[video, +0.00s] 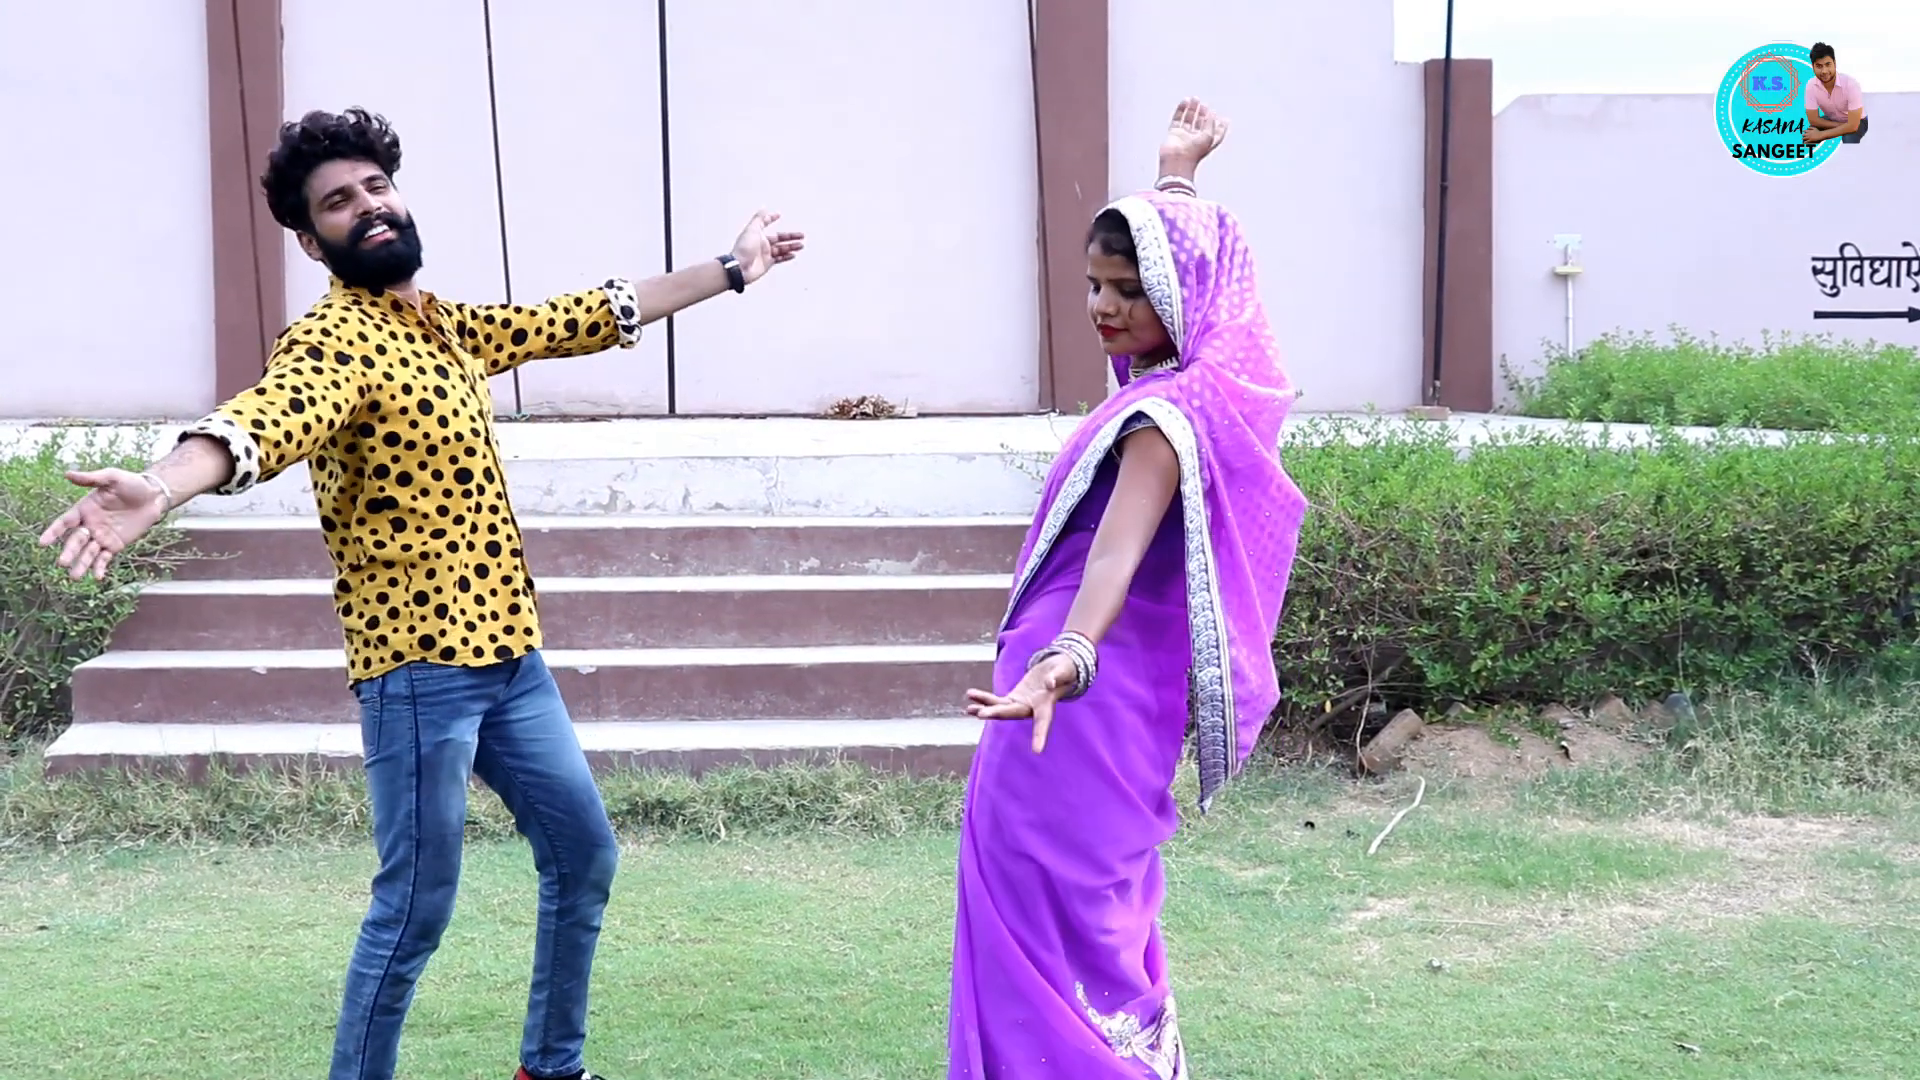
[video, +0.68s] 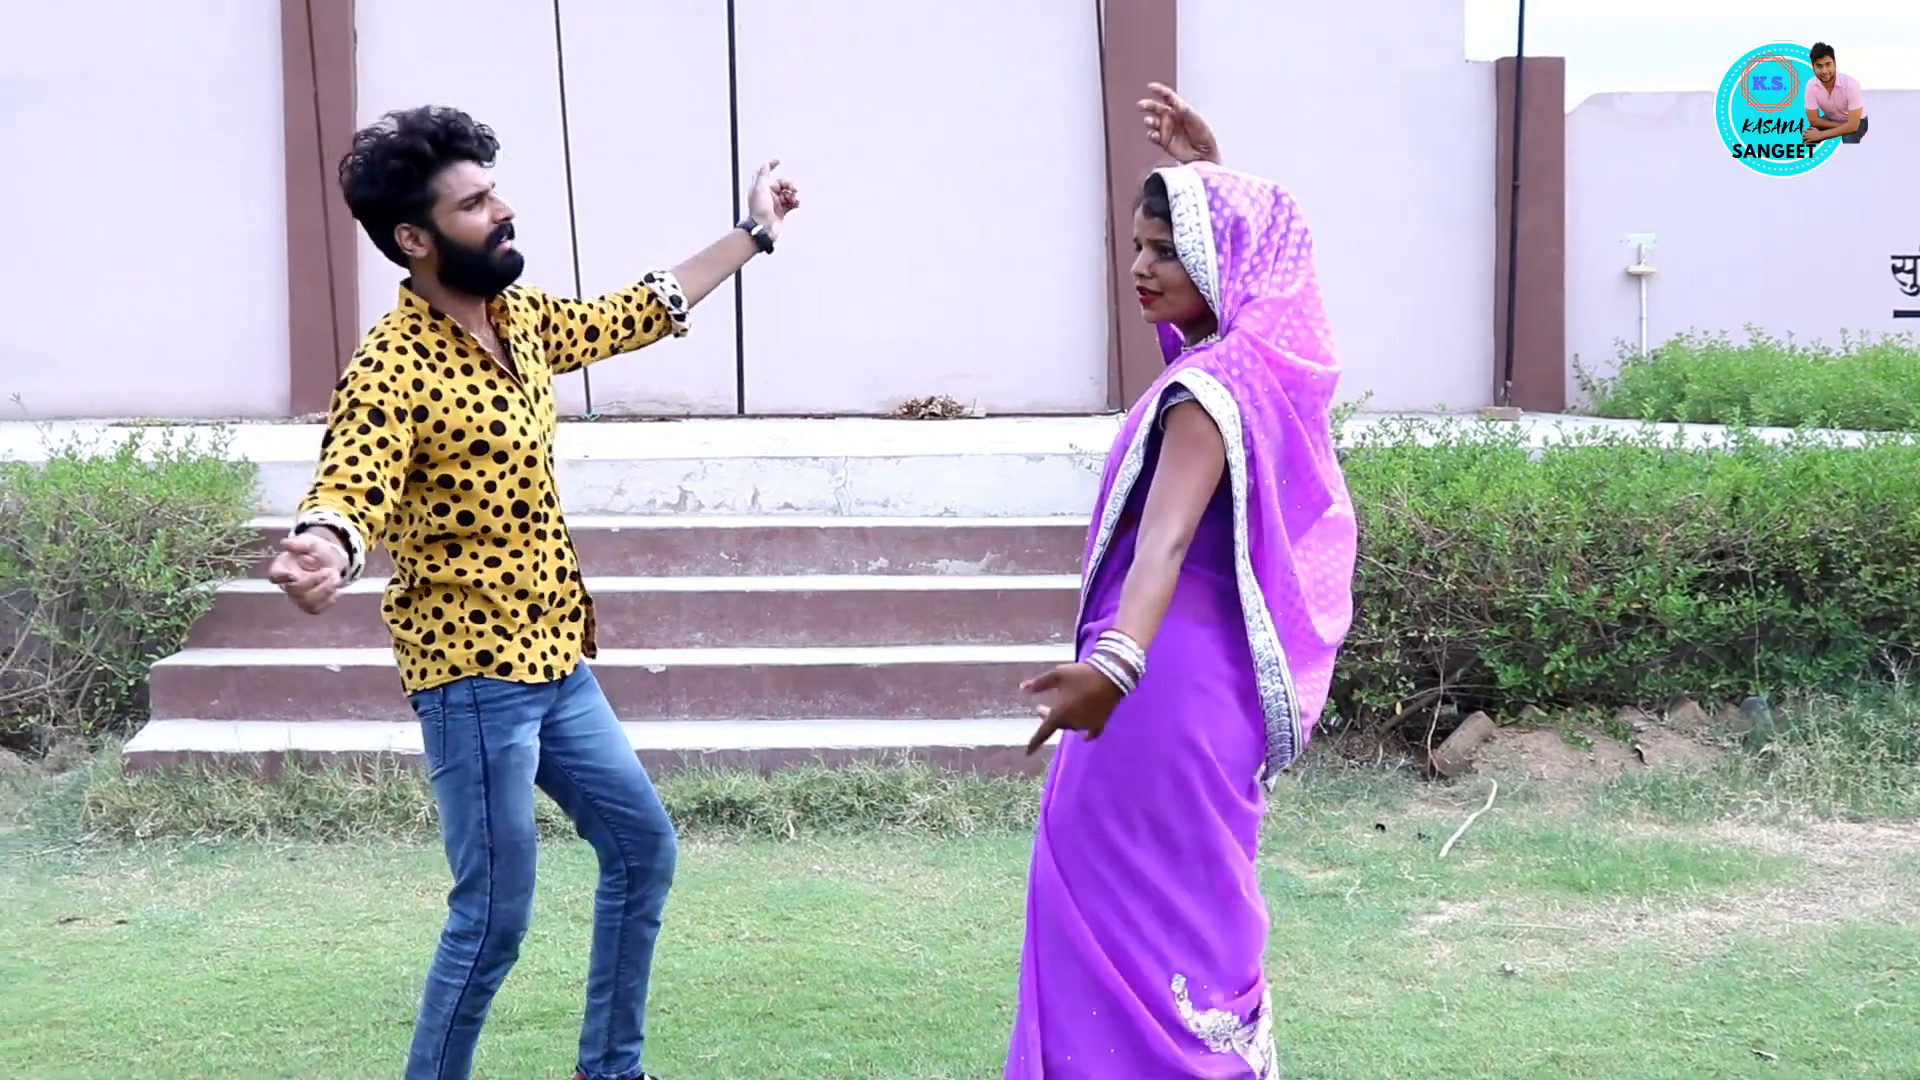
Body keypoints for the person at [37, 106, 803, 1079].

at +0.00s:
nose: (371, 207)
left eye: (378, 184)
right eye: (340, 202)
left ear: (403, 195)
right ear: (310, 236)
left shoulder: (449, 325)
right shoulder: (331, 342)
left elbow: (581, 318)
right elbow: (257, 420)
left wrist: (728, 269)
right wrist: (165, 485)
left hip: (510, 659)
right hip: (414, 673)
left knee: (584, 850)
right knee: (413, 907)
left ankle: (554, 1064)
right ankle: (357, 1073)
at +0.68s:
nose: (502, 211)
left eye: (495, 192)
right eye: (474, 202)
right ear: (413, 241)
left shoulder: (523, 317)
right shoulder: (394, 365)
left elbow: (641, 312)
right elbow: (351, 487)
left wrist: (751, 230)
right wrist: (327, 546)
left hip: (556, 663)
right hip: (468, 676)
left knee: (643, 845)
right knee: (490, 918)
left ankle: (611, 1068)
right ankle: (430, 1073)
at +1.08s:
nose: (646, 220)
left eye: (641, 201)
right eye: (631, 205)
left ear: (586, 224)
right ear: (579, 226)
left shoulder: (621, 306)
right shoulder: (516, 361)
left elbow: (703, 271)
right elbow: (470, 516)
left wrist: (804, 212)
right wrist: (500, 589)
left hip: (650, 651)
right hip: (574, 665)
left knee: (725, 833)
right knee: (579, 898)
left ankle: (688, 1056)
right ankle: (508, 1071)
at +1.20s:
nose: (678, 245)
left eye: (673, 226)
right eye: (667, 228)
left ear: (620, 245)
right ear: (622, 246)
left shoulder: (637, 333)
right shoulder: (537, 391)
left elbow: (709, 302)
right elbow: (533, 577)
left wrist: (795, 230)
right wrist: (604, 661)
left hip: (678, 658)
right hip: (602, 681)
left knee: (757, 833)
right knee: (618, 910)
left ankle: (699, 1058)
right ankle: (529, 1071)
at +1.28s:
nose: (708, 250)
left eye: (703, 231)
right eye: (694, 233)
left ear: (644, 248)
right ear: (650, 251)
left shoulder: (648, 330)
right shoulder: (567, 393)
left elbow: (708, 293)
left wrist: (787, 217)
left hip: (688, 652)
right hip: (622, 674)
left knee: (770, 831)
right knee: (629, 906)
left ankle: (703, 1058)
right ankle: (534, 1071)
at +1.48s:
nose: (777, 245)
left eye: (775, 228)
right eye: (773, 230)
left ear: (687, 236)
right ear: (743, 247)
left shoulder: (650, 296)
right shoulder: (711, 400)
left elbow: (684, 192)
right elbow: (748, 587)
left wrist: (771, 101)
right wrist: (847, 659)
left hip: (677, 629)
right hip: (688, 650)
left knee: (761, 833)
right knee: (646, 883)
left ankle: (707, 1065)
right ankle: (530, 1068)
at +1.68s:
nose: (864, 284)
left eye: (864, 266)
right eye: (863, 268)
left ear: (768, 259)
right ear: (838, 277)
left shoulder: (702, 317)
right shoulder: (810, 415)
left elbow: (725, 178)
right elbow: (867, 583)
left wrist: (786, 57)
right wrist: (826, 547)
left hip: (694, 650)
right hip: (773, 668)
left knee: (757, 882)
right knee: (787, 897)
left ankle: (706, 1071)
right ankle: (581, 1047)